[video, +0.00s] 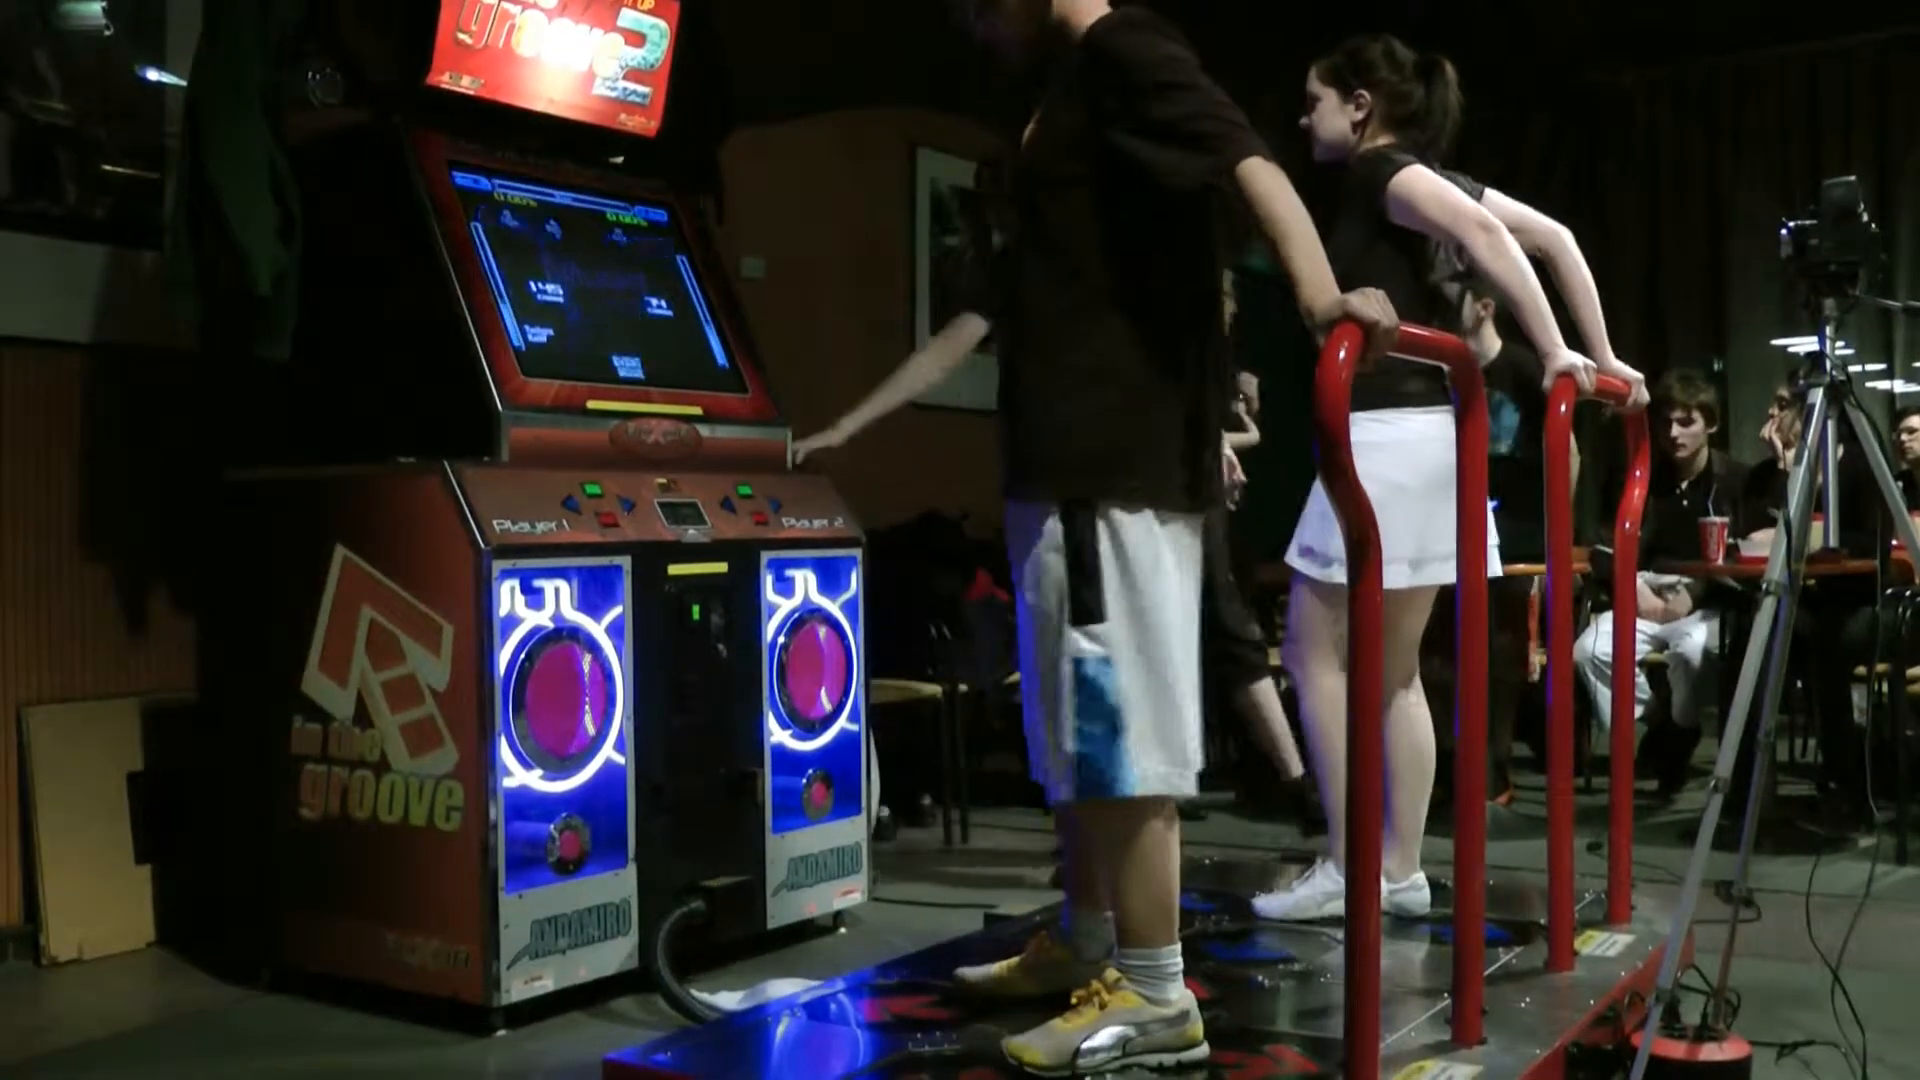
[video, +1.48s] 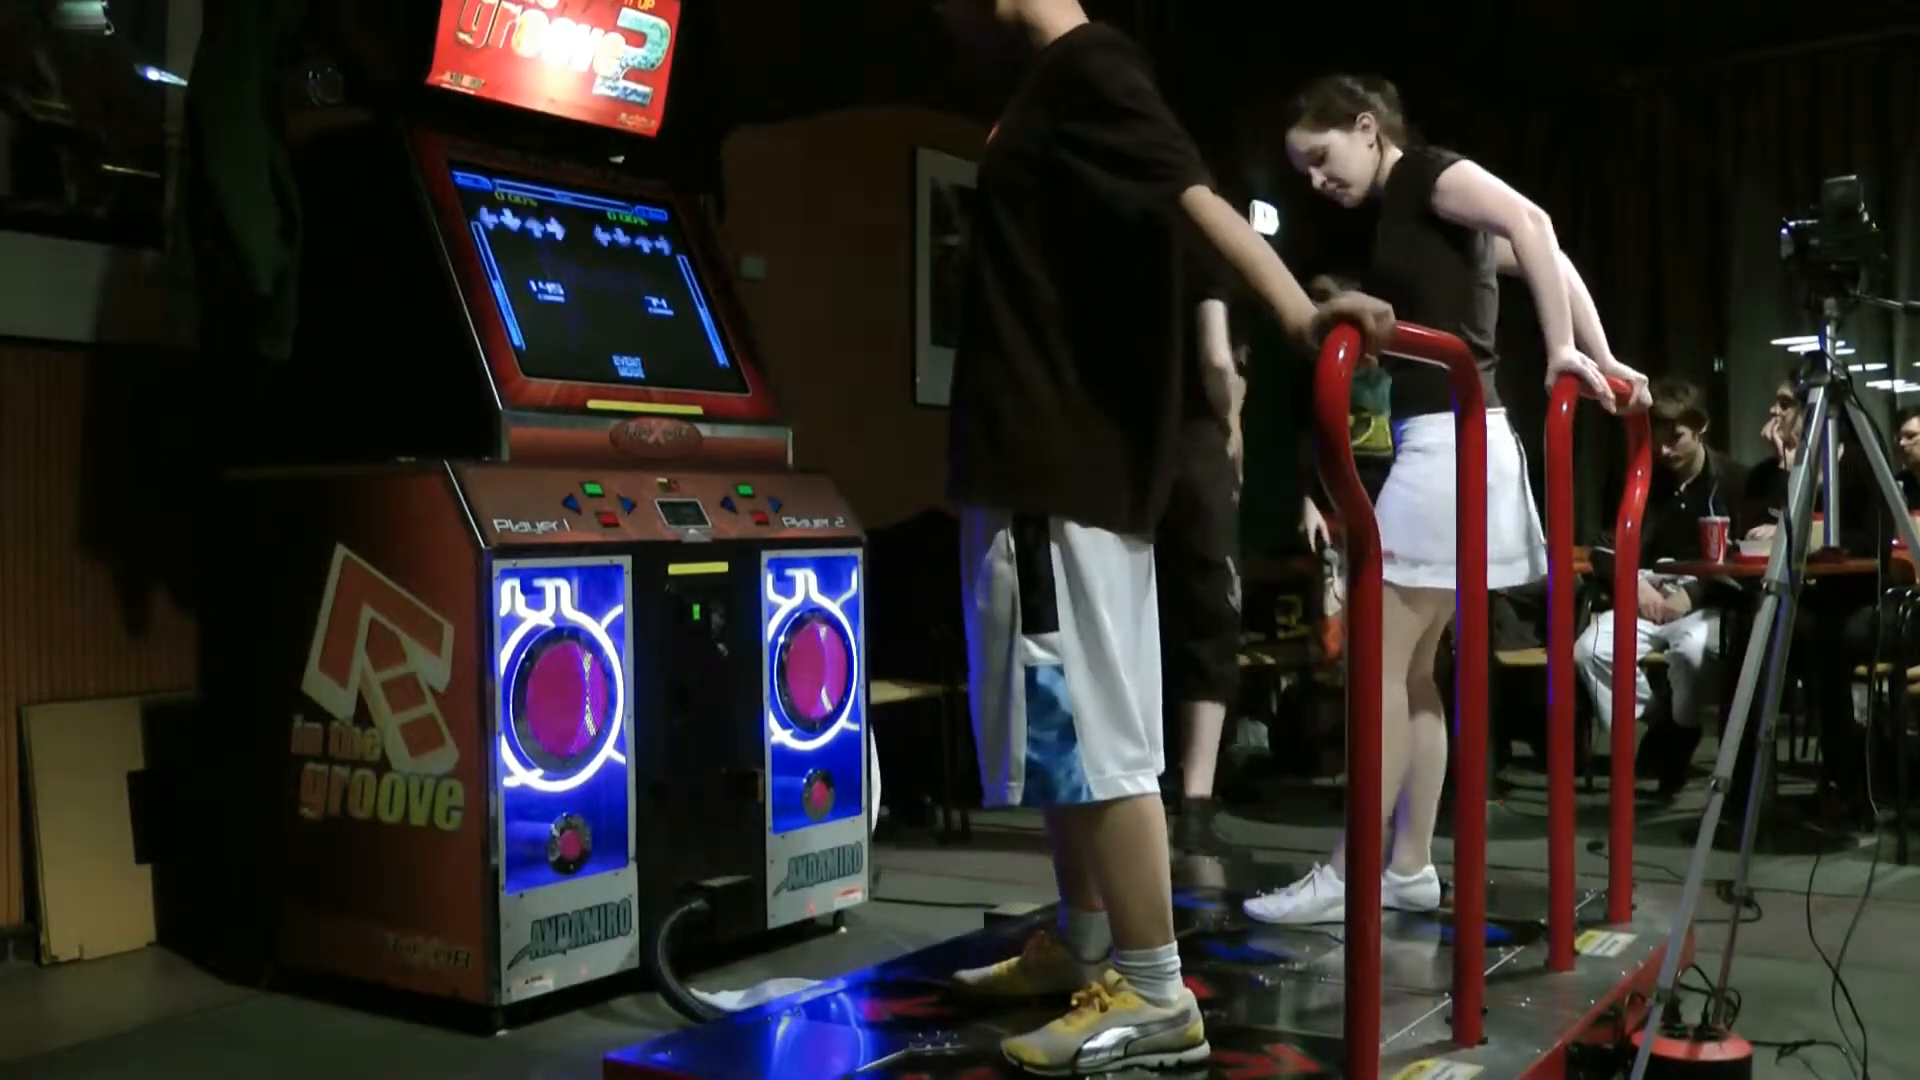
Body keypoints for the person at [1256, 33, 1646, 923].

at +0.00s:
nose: (1309, 120)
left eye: (1317, 103)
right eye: (1309, 103)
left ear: (1363, 106)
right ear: (1389, 109)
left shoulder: (1378, 173)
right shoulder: (1428, 176)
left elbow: (1482, 228)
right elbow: (1553, 235)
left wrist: (1556, 352)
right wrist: (1602, 353)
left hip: (1378, 443)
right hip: (1440, 443)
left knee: (1316, 655)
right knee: (1397, 670)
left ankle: (1345, 864)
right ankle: (1402, 872)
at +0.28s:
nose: (1312, 123)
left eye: (1321, 105)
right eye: (1312, 107)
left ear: (1365, 103)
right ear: (1387, 106)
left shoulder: (1384, 166)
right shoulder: (1414, 174)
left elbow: (1500, 231)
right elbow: (1546, 246)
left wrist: (1556, 352)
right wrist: (1602, 357)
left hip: (1380, 444)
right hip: (1417, 445)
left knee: (1326, 658)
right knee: (1372, 672)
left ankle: (1345, 870)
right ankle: (1398, 870)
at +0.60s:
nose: (1302, 136)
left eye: (1309, 118)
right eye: (1301, 119)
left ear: (1355, 109)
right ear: (1367, 113)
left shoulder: (1389, 169)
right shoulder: (1410, 177)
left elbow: (1502, 231)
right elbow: (1545, 244)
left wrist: (1557, 353)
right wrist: (1602, 358)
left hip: (1384, 444)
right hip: (1408, 445)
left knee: (1331, 654)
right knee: (1370, 665)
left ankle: (1345, 870)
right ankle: (1405, 864)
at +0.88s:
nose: (1304, 143)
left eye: (1313, 123)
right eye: (1300, 128)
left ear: (1368, 111)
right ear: (1369, 119)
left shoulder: (1402, 174)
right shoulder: (1421, 183)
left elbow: (1505, 235)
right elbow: (1548, 250)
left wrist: (1557, 354)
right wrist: (1600, 358)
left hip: (1401, 450)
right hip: (1437, 452)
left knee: (1339, 663)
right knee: (1399, 676)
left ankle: (1346, 871)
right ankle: (1407, 867)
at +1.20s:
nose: (1314, 175)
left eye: (1318, 154)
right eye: (1303, 163)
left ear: (1366, 127)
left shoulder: (1423, 177)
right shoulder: (1410, 210)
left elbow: (1527, 221)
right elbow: (1551, 260)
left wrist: (1557, 345)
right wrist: (1599, 357)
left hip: (1435, 449)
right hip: (1459, 450)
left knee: (1367, 653)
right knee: (1421, 673)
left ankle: (1356, 862)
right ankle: (1413, 864)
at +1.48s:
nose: (1315, 177)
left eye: (1320, 155)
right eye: (1304, 165)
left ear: (1370, 129)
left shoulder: (1423, 176)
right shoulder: (1407, 205)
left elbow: (1528, 224)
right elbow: (1555, 254)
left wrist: (1558, 348)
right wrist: (1602, 358)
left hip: (1444, 450)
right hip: (1451, 449)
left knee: (1382, 669)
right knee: (1416, 678)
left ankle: (1348, 871)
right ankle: (1409, 868)